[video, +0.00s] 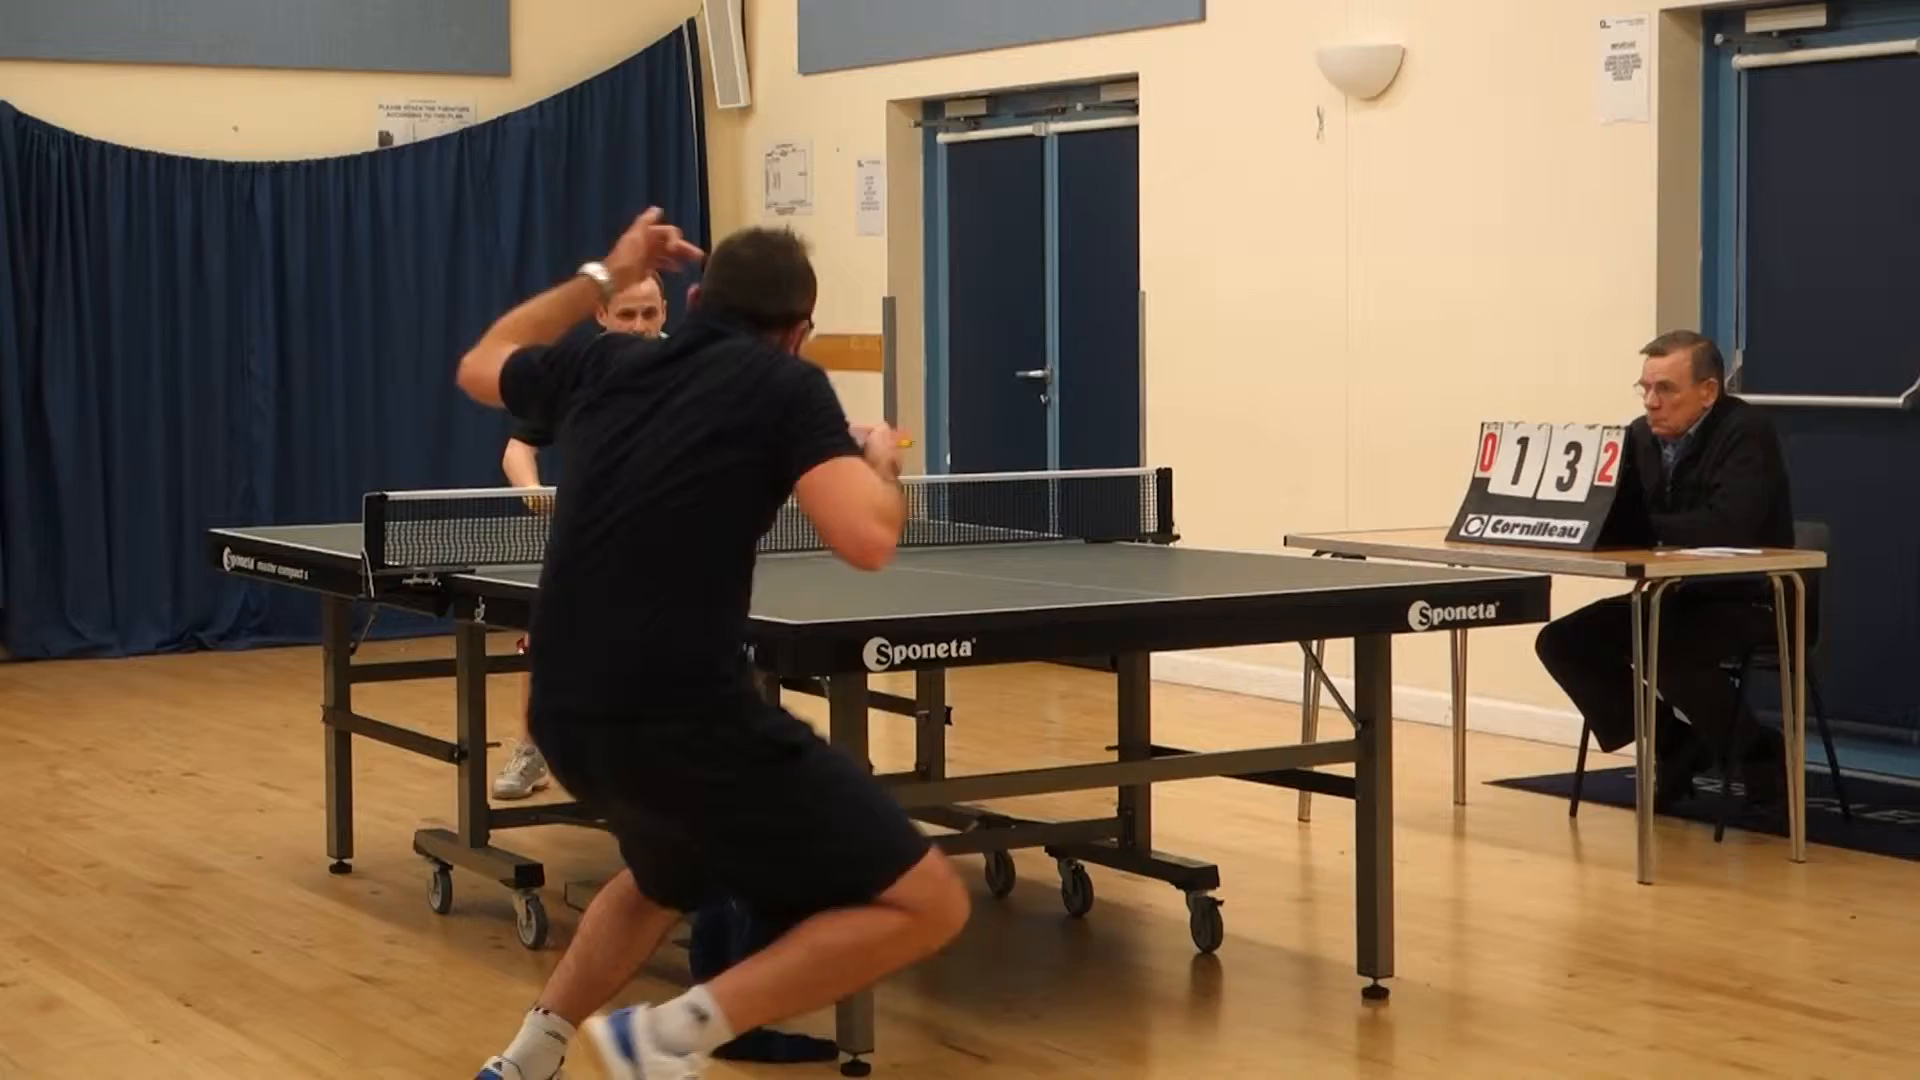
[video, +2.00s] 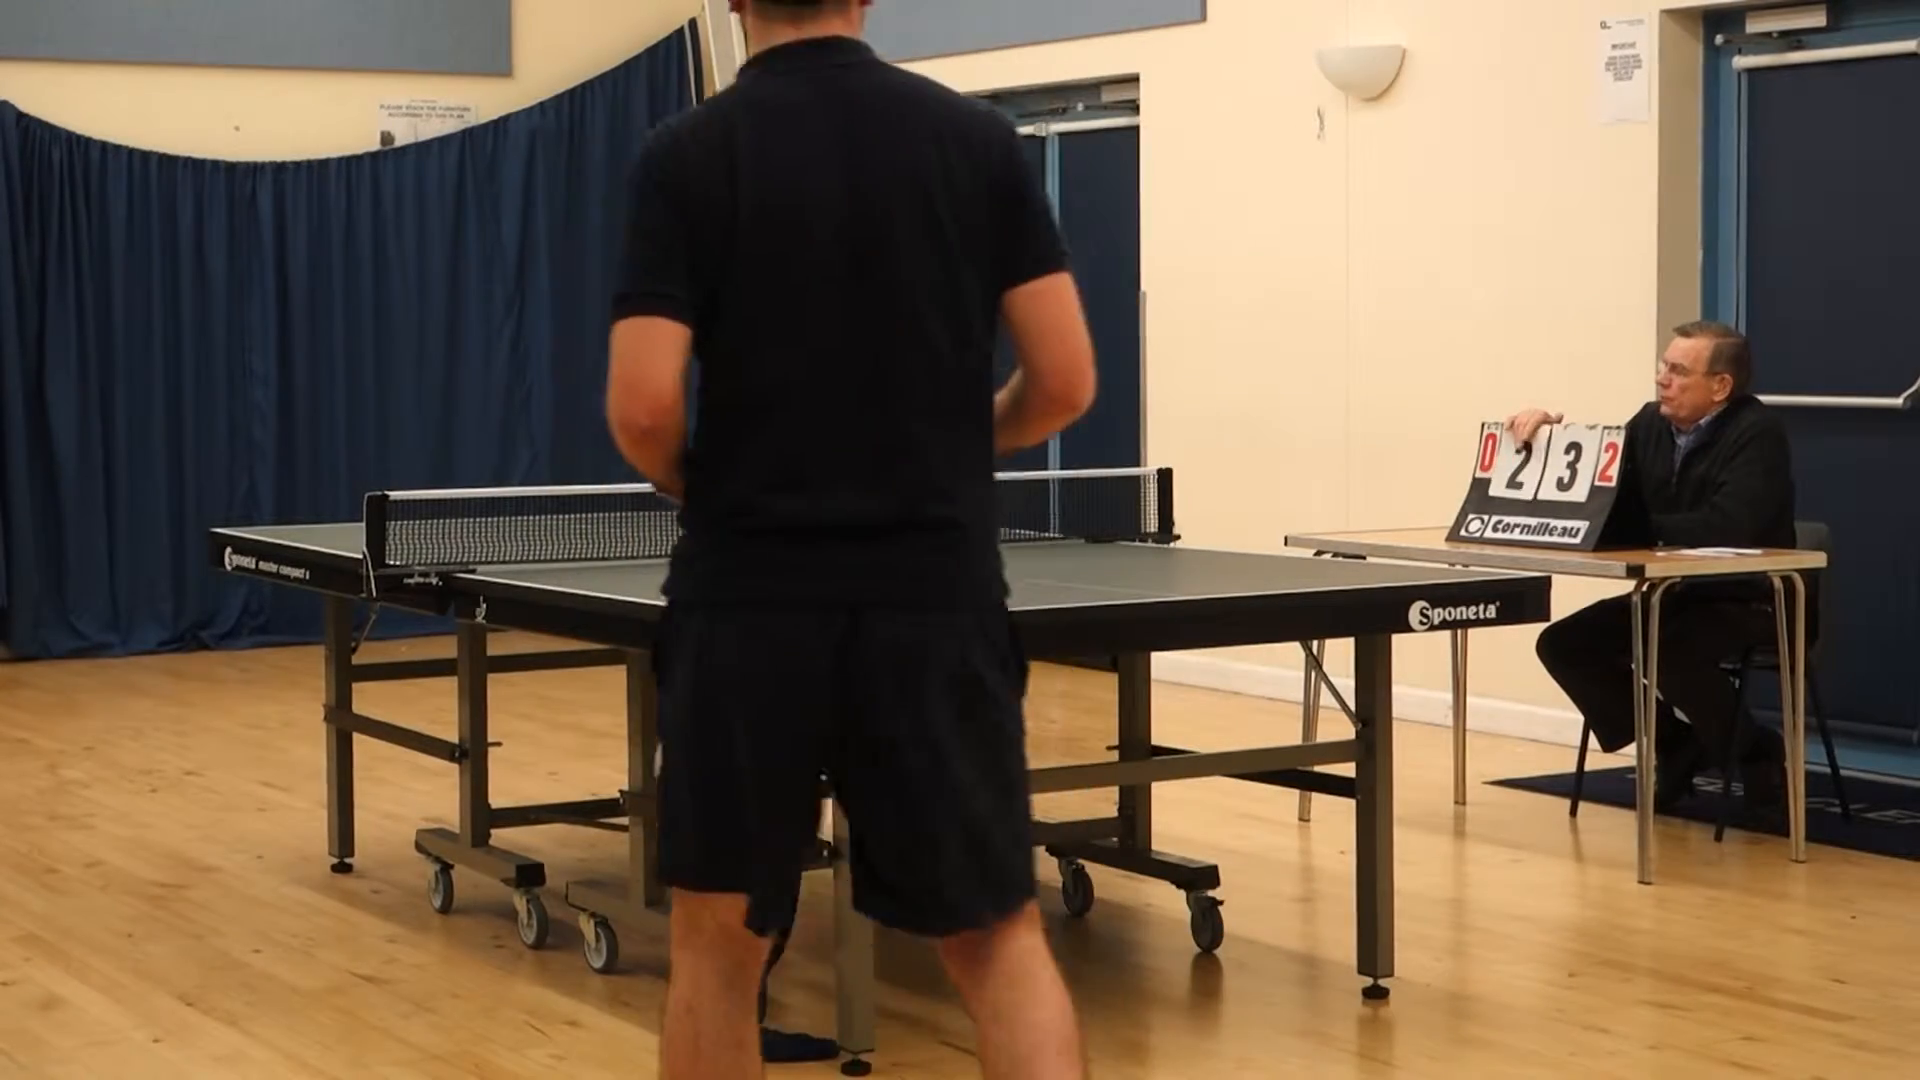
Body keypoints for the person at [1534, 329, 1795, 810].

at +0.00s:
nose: (1650, 401)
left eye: (1665, 389)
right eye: (1646, 387)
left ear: (1708, 392)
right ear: (1640, 387)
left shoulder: (1747, 433)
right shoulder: (1640, 436)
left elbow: (1735, 526)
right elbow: (1613, 519)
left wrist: (1643, 530)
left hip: (1754, 600)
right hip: (1672, 595)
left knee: (1667, 647)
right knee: (1561, 642)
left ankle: (1758, 751)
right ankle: (1674, 740)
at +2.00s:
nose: (1662, 379)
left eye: (1678, 371)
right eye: (1664, 367)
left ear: (1720, 387)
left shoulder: (1756, 434)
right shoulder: (1650, 423)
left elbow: (1737, 527)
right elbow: (1598, 488)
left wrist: (1637, 527)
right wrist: (1548, 431)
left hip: (1752, 596)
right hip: (1670, 592)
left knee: (1671, 648)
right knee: (1563, 644)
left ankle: (1756, 750)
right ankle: (1673, 742)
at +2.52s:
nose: (1661, 388)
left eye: (1677, 378)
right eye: (1658, 375)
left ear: (1719, 387)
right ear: (1653, 376)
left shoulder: (1755, 433)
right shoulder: (1648, 433)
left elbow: (1737, 527)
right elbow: (1616, 512)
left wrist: (1640, 530)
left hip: (1753, 597)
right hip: (1671, 592)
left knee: (1669, 650)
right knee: (1562, 644)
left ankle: (1758, 749)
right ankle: (1675, 742)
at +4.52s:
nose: (1663, 398)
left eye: (1679, 385)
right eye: (1655, 384)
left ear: (1717, 390)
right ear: (1647, 385)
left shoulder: (1749, 434)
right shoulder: (1641, 438)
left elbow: (1731, 527)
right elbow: (1609, 518)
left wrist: (1638, 529)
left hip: (1756, 600)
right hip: (1673, 596)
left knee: (1668, 647)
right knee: (1561, 644)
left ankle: (1757, 750)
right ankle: (1674, 743)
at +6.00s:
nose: (1657, 398)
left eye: (1671, 385)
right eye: (1651, 384)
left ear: (1713, 388)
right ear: (1644, 385)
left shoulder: (1748, 434)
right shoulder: (1641, 438)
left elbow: (1735, 527)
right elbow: (1612, 519)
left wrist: (1641, 531)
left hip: (1756, 599)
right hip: (1672, 594)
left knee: (1666, 644)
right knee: (1562, 644)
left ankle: (1755, 750)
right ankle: (1674, 742)